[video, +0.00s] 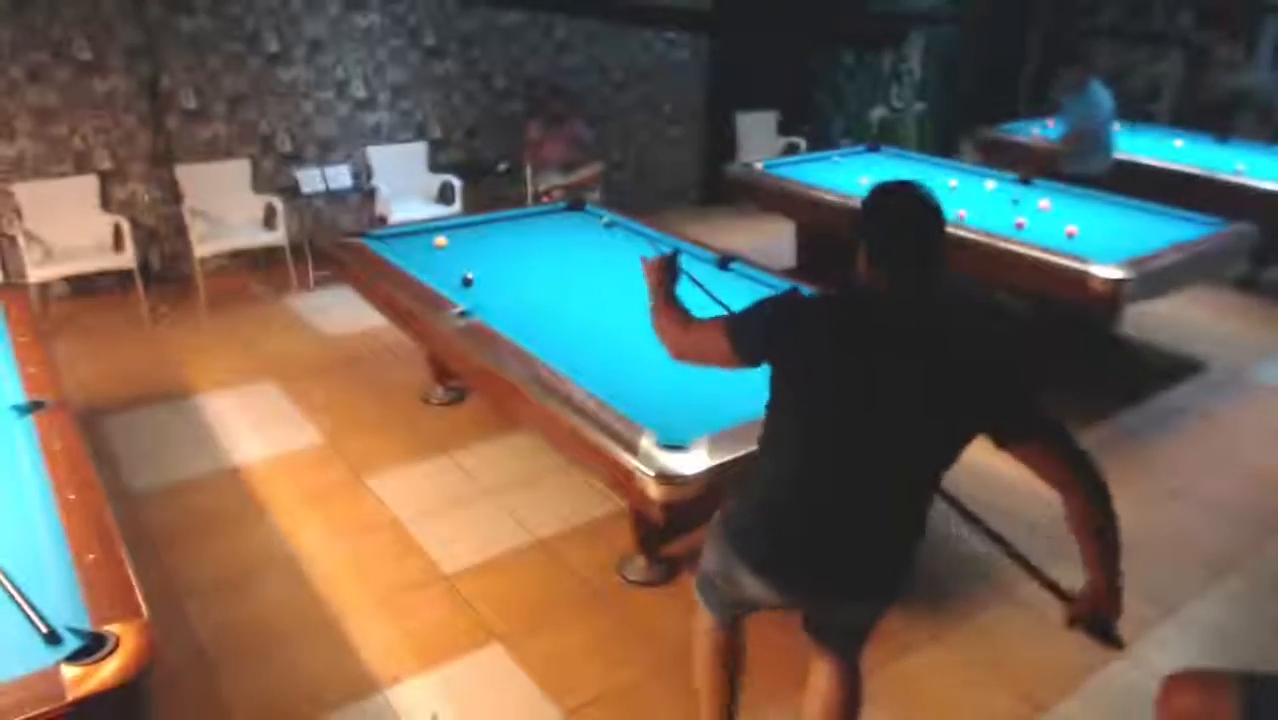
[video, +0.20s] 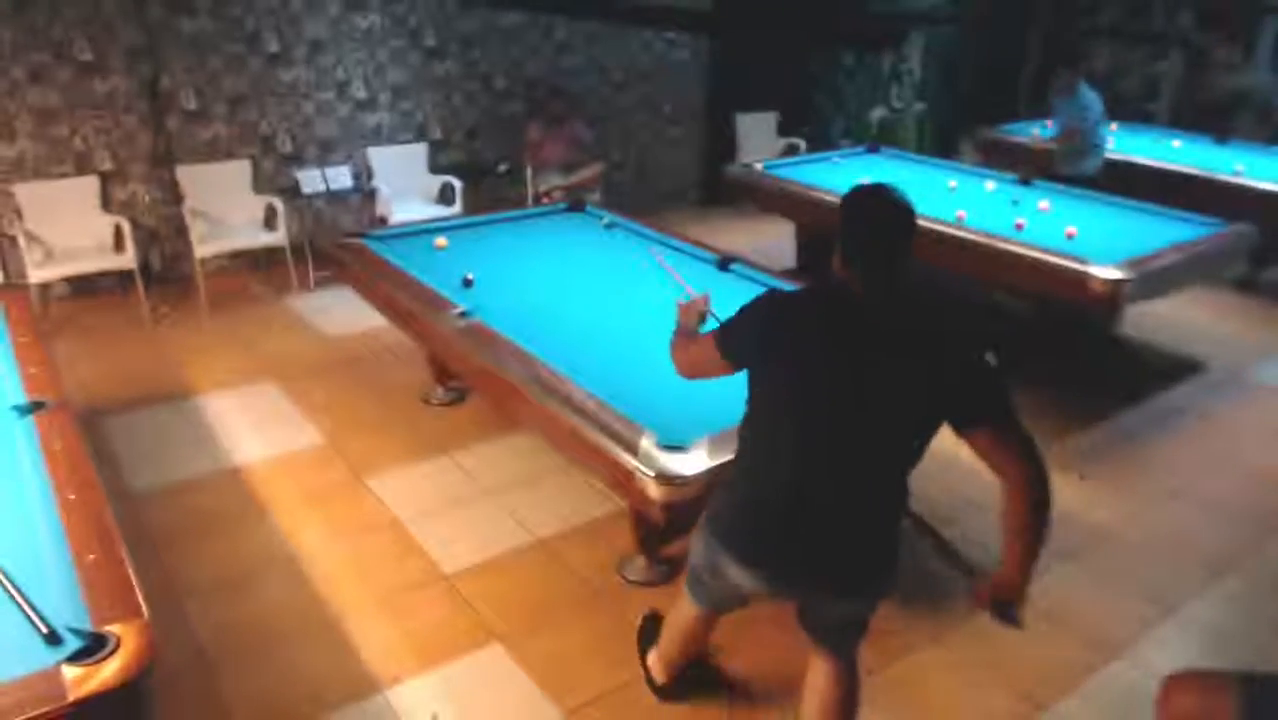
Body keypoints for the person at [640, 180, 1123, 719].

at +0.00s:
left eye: (863, 245)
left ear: (861, 253)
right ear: (939, 259)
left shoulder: (801, 321)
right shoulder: (967, 357)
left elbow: (682, 341)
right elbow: (1080, 483)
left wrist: (658, 289)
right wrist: (1103, 589)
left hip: (770, 537)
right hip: (871, 561)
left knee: (716, 608)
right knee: (836, 654)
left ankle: (717, 711)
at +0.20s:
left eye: (834, 244)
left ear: (836, 253)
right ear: (907, 258)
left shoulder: (783, 316)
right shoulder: (938, 345)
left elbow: (689, 362)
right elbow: (1026, 478)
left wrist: (687, 324)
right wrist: (1011, 580)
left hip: (752, 531)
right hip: (854, 554)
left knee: (698, 604)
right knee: (834, 652)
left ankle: (662, 669)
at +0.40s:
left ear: (804, 247)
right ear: (867, 252)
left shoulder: (755, 307)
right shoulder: (891, 326)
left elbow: (694, 379)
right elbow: (948, 442)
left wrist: (755, 360)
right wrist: (914, 526)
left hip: (722, 516)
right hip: (819, 530)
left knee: (685, 604)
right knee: (819, 652)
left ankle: (664, 672)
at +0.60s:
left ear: (774, 263)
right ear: (836, 269)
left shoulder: (737, 303)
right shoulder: (844, 313)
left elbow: (692, 372)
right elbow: (903, 384)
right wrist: (887, 482)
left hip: (674, 478)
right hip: (763, 497)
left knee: (675, 581)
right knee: (802, 657)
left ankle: (665, 669)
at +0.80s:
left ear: (760, 286)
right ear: (815, 288)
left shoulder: (728, 321)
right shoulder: (838, 324)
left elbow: (689, 378)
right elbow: (897, 373)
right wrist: (875, 477)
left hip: (661, 483)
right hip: (752, 498)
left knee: (674, 578)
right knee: (781, 677)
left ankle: (664, 671)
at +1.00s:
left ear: (761, 317)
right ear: (813, 317)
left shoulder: (729, 349)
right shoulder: (831, 348)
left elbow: (687, 385)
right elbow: (906, 372)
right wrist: (884, 477)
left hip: (659, 496)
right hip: (750, 510)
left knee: (673, 581)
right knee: (786, 683)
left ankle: (665, 671)